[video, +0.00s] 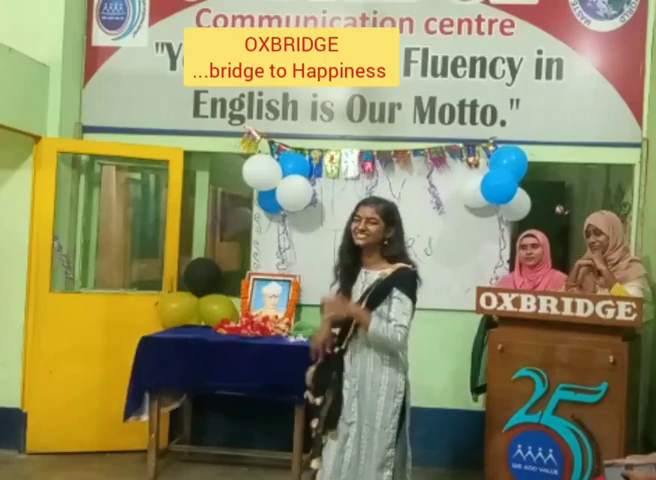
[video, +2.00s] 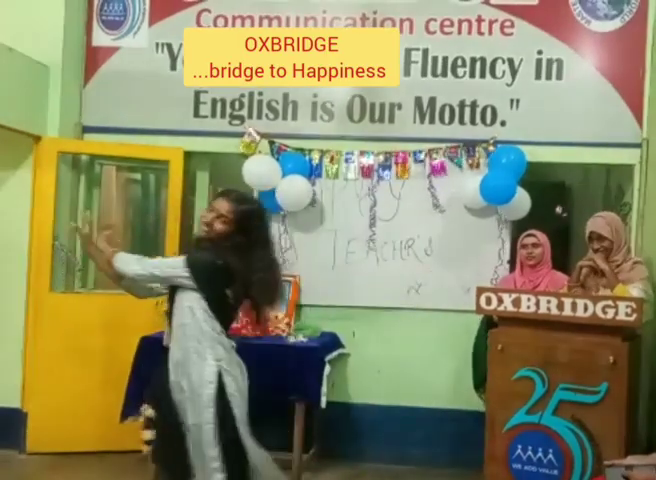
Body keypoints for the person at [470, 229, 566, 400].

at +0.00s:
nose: (529, 252)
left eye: (534, 247)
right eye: (523, 247)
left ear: (545, 250)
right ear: (517, 252)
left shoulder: (560, 281)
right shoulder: (506, 281)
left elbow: (564, 316)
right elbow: (495, 316)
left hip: (548, 347)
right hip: (512, 346)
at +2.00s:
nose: (530, 251)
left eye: (535, 246)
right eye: (525, 247)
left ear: (545, 250)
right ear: (518, 252)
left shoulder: (561, 282)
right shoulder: (506, 282)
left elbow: (566, 321)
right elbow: (492, 321)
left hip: (548, 352)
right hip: (511, 351)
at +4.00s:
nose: (531, 251)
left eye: (536, 246)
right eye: (525, 247)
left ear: (546, 250)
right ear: (519, 252)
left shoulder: (561, 281)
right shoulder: (507, 282)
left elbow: (565, 318)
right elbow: (496, 319)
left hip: (548, 349)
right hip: (512, 348)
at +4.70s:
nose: (531, 251)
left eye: (537, 246)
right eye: (525, 247)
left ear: (547, 251)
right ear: (519, 252)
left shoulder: (561, 281)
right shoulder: (508, 281)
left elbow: (565, 318)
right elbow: (497, 318)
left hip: (549, 348)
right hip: (513, 347)